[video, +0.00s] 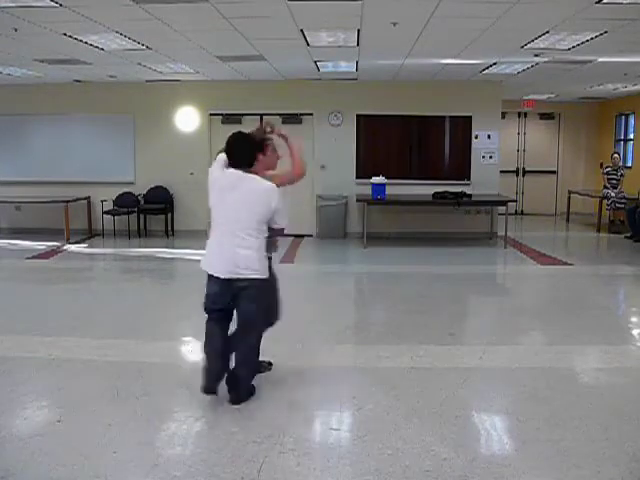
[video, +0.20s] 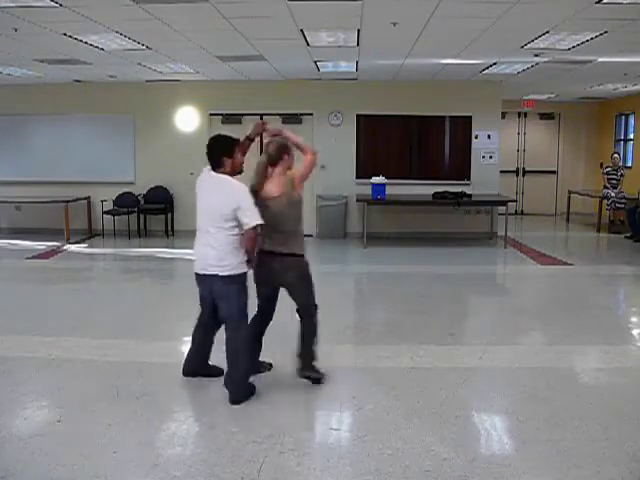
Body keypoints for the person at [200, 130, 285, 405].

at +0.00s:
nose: (267, 157)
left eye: (267, 152)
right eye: (263, 153)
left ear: (230, 157)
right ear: (255, 159)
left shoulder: (217, 178)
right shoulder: (268, 190)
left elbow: (226, 154)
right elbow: (278, 230)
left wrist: (253, 136)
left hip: (217, 267)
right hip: (253, 271)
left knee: (216, 318)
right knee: (250, 329)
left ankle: (212, 377)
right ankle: (239, 389)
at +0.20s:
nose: (242, 159)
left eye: (241, 155)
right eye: (239, 155)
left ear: (216, 159)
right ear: (226, 159)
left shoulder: (203, 180)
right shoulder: (237, 189)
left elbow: (233, 158)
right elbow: (251, 230)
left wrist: (253, 135)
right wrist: (250, 254)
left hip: (204, 266)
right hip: (229, 269)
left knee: (210, 317)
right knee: (237, 327)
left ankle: (195, 363)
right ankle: (238, 388)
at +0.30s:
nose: (234, 159)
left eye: (233, 154)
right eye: (229, 155)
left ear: (209, 161)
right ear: (214, 160)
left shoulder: (201, 179)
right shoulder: (222, 187)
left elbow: (236, 170)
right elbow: (230, 231)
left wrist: (251, 150)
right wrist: (242, 256)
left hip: (197, 265)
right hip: (215, 269)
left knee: (206, 315)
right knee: (228, 323)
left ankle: (195, 362)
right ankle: (232, 385)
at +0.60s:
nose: (224, 161)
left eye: (225, 156)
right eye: (218, 157)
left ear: (226, 158)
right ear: (202, 161)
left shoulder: (228, 187)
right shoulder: (193, 188)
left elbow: (233, 217)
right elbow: (201, 225)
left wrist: (251, 216)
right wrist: (236, 227)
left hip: (217, 264)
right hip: (192, 263)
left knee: (211, 316)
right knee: (191, 311)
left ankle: (196, 362)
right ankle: (170, 349)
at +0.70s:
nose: (227, 162)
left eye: (228, 157)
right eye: (221, 158)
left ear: (229, 159)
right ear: (205, 162)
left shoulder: (232, 187)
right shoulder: (195, 188)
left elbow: (239, 217)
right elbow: (207, 221)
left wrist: (252, 215)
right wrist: (240, 220)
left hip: (220, 265)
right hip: (192, 264)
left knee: (212, 316)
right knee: (190, 311)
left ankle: (196, 362)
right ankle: (196, 342)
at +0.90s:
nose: (239, 165)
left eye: (241, 160)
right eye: (233, 160)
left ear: (242, 161)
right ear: (219, 163)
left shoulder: (244, 186)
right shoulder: (205, 188)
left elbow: (256, 217)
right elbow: (211, 225)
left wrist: (266, 217)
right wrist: (235, 210)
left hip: (236, 261)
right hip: (207, 262)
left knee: (246, 301)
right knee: (205, 309)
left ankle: (229, 347)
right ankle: (206, 347)